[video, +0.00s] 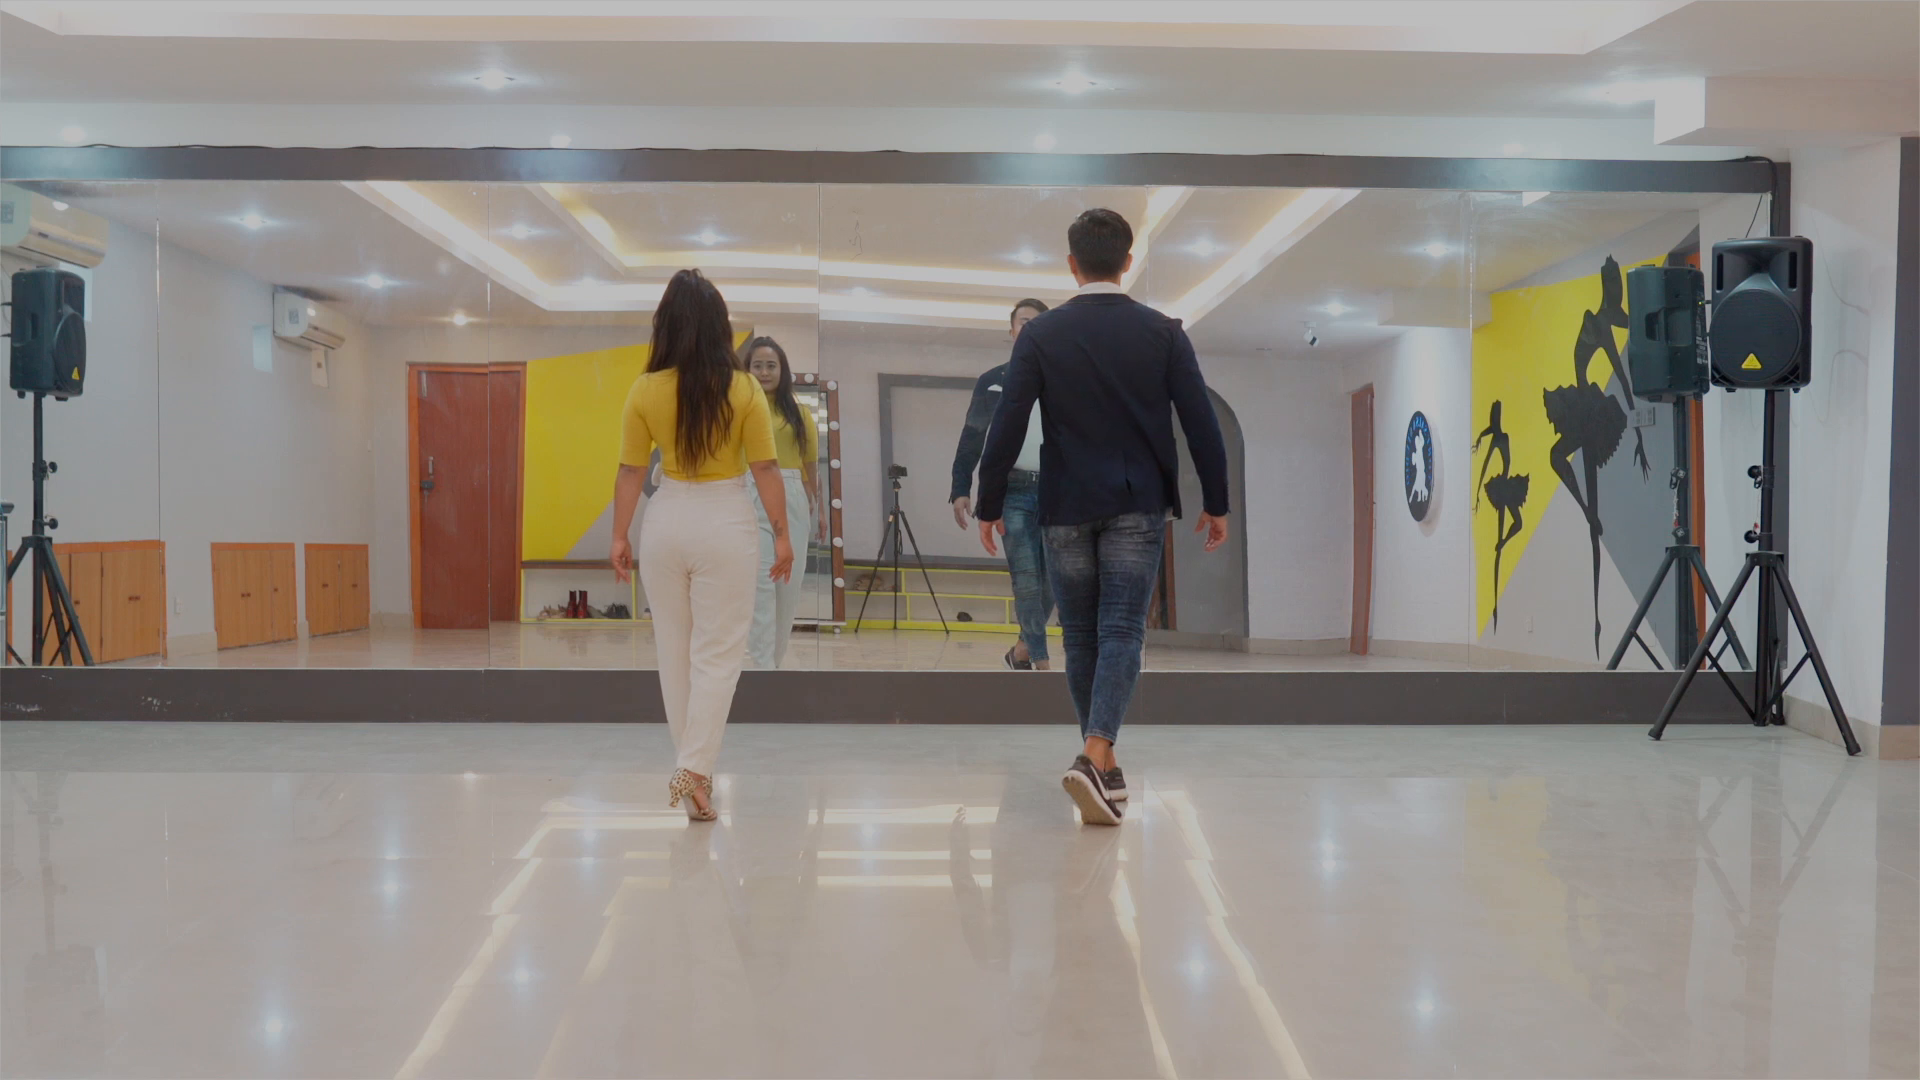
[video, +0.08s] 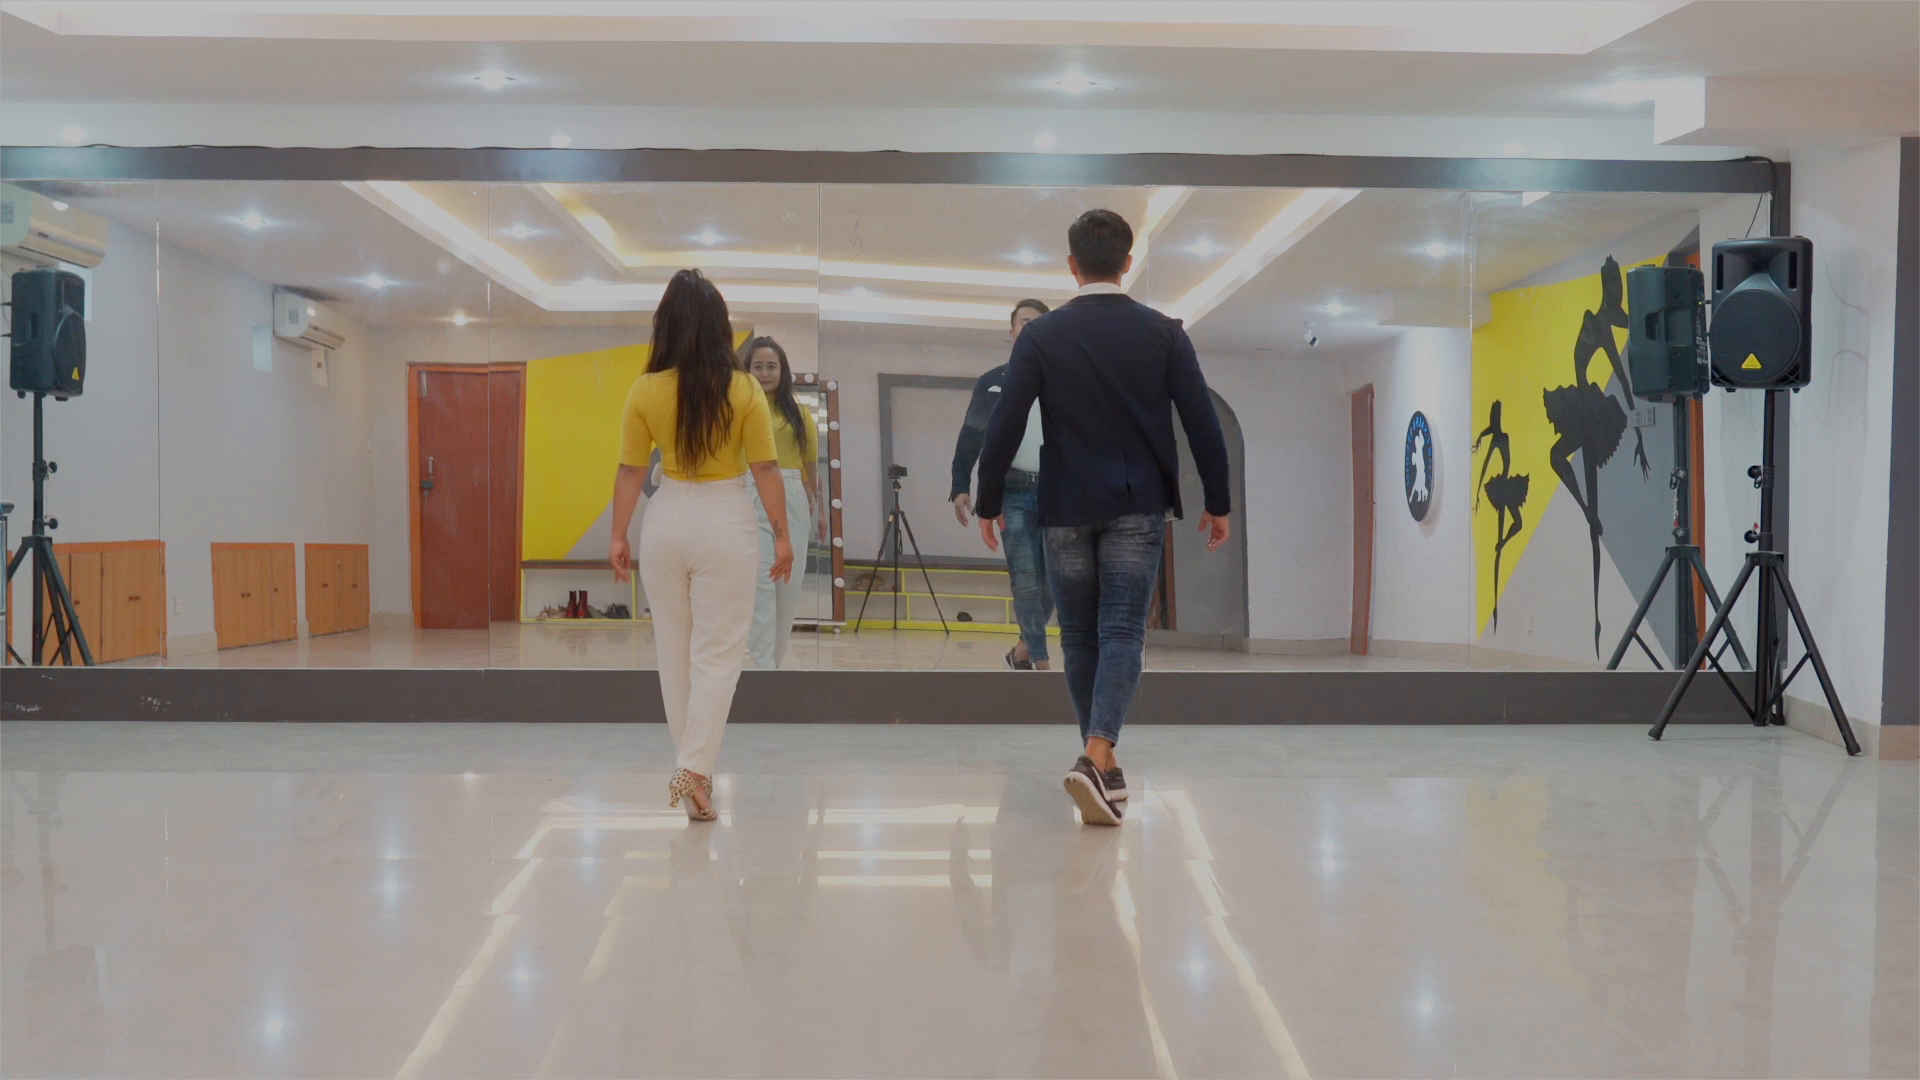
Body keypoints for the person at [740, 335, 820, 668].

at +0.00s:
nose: (764, 371)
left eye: (771, 365)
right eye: (757, 365)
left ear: (783, 370)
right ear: (746, 370)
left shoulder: (800, 413)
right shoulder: (741, 411)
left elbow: (809, 470)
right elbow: (731, 465)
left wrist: (817, 511)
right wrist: (730, 506)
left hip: (793, 499)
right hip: (752, 498)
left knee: (789, 584)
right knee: (761, 585)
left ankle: (773, 666)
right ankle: (761, 670)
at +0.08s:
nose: (765, 372)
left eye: (771, 366)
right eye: (758, 366)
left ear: (783, 371)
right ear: (746, 371)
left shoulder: (800, 413)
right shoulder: (741, 411)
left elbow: (809, 470)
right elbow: (731, 465)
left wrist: (817, 511)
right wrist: (730, 507)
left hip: (793, 499)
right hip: (752, 497)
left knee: (789, 584)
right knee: (761, 585)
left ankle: (773, 666)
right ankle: (761, 670)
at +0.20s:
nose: (765, 372)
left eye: (772, 366)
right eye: (758, 366)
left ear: (783, 371)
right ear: (746, 371)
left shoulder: (800, 413)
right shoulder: (741, 411)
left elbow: (809, 470)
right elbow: (731, 465)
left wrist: (816, 511)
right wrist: (731, 508)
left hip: (793, 499)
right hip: (752, 499)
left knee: (789, 585)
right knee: (762, 586)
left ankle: (773, 667)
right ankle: (761, 672)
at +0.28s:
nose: (765, 373)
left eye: (772, 366)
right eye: (758, 366)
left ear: (783, 371)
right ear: (746, 371)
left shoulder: (800, 413)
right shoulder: (741, 410)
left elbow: (809, 469)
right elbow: (731, 465)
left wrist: (817, 512)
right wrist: (730, 508)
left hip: (793, 498)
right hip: (752, 497)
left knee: (789, 584)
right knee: (761, 585)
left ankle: (773, 668)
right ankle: (760, 672)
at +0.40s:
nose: (765, 372)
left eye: (772, 366)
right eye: (758, 366)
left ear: (783, 370)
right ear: (747, 370)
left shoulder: (800, 410)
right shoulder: (742, 410)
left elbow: (809, 462)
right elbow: (731, 461)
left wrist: (814, 504)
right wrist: (732, 505)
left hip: (792, 496)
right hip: (751, 497)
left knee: (790, 581)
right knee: (759, 584)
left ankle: (775, 664)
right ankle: (761, 670)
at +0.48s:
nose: (764, 372)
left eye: (771, 365)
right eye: (757, 365)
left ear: (782, 369)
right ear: (746, 369)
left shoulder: (800, 410)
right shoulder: (740, 409)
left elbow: (809, 460)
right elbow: (731, 462)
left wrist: (814, 503)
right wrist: (730, 504)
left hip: (791, 496)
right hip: (750, 497)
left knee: (790, 578)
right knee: (758, 580)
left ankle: (777, 661)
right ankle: (758, 665)